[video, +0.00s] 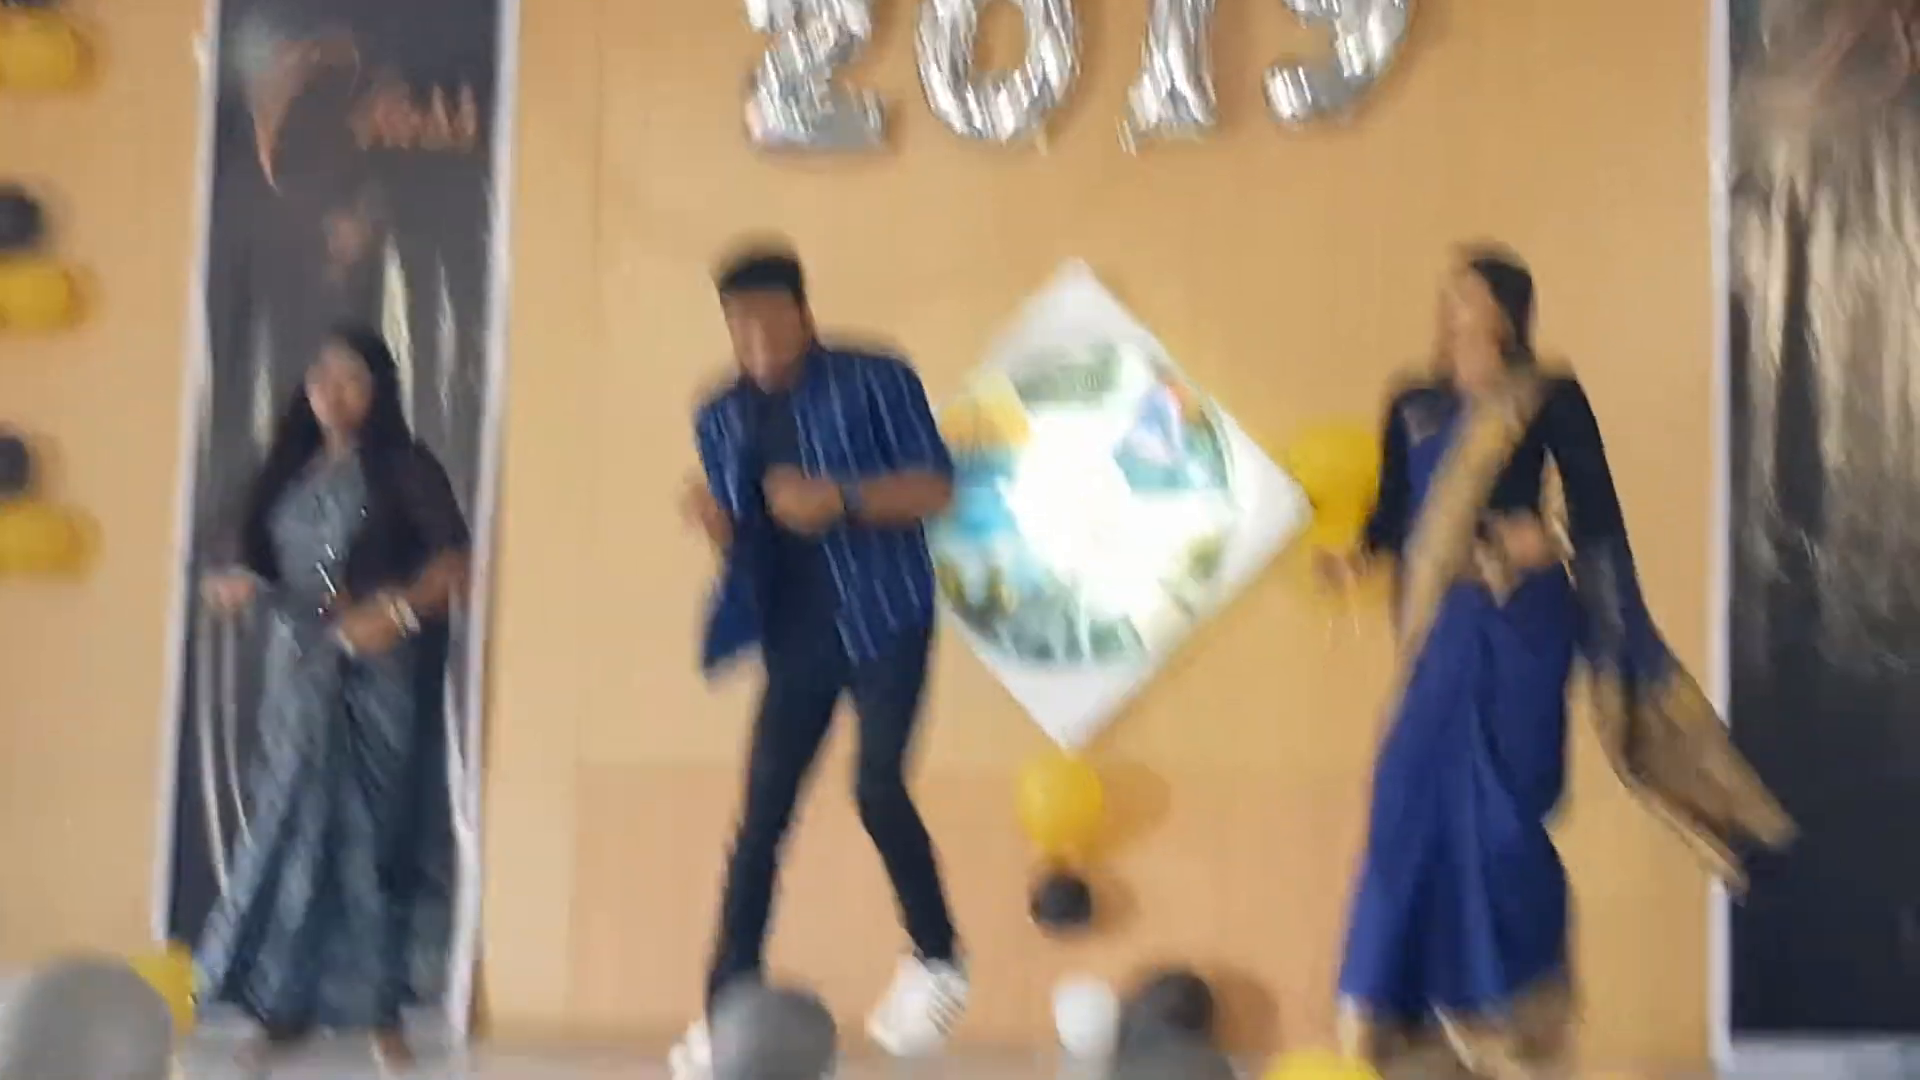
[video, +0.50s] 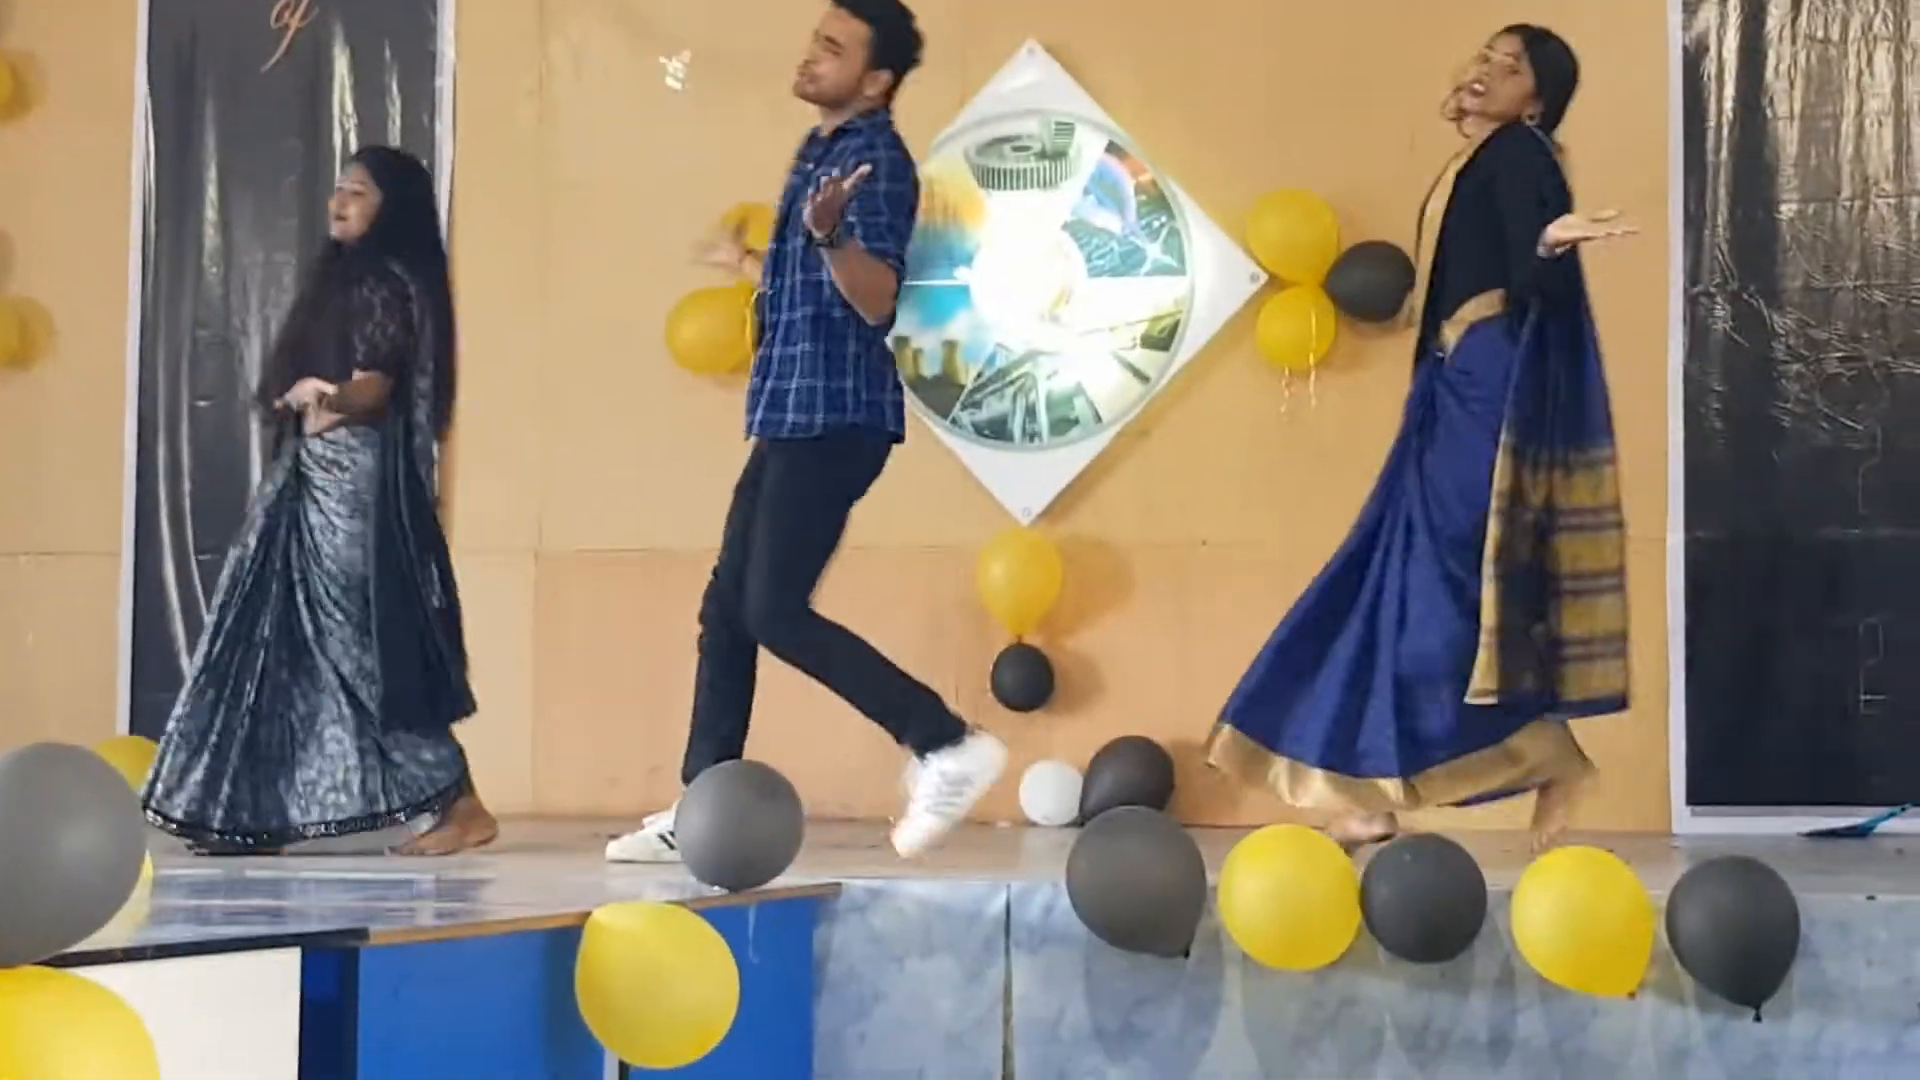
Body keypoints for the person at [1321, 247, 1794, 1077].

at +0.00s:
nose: (1453, 316)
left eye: (1468, 302)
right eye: (1449, 302)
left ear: (1508, 314)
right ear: (1441, 314)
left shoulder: (1552, 398)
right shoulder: (1416, 404)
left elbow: (1599, 524)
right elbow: (1395, 509)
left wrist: (1542, 545)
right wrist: (1361, 551)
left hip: (1524, 623)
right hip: (1443, 624)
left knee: (1505, 805)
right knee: (1408, 786)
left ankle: (1525, 1004)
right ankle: (1388, 1002)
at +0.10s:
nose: (1420, 243)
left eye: (1439, 231)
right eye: (1419, 228)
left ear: (1479, 247)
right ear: (1423, 243)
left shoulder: (1520, 329)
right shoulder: (1410, 342)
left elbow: (1557, 460)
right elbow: (1388, 460)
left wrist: (1470, 495)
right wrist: (1341, 510)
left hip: (1486, 574)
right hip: (1408, 574)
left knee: (1451, 752)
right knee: (1374, 746)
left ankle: (1496, 960)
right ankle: (1361, 957)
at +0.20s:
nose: (1407, 205)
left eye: (1426, 193)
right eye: (1408, 191)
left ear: (1469, 213)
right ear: (1415, 208)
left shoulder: (1490, 297)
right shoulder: (1418, 307)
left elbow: (1519, 429)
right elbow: (1396, 418)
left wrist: (1451, 452)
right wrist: (1339, 459)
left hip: (1444, 539)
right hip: (1378, 535)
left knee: (1404, 725)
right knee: (1337, 719)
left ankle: (1497, 871)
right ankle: (1355, 914)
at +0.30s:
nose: (1422, 169)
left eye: (1440, 157)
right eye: (1422, 156)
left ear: (1480, 177)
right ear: (1425, 170)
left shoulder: (1487, 255)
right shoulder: (1427, 261)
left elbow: (1498, 361)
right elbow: (1416, 364)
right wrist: (1359, 406)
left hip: (1450, 476)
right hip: (1397, 473)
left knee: (1388, 653)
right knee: (1315, 653)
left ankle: (1501, 802)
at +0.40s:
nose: (1453, 100)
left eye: (1475, 93)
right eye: (1454, 86)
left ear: (1506, 123)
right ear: (1447, 103)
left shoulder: (1499, 187)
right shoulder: (1443, 193)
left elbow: (1516, 273)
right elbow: (1429, 289)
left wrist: (1545, 264)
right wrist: (1370, 311)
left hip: (1473, 404)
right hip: (1421, 407)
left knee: (1426, 583)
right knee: (1374, 592)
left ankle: (1532, 751)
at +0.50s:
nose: (1483, 69)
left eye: (1506, 66)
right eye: (1485, 55)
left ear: (1534, 99)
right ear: (1472, 73)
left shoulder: (1521, 153)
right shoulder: (1479, 162)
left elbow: (1531, 277)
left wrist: (1549, 238)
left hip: (1495, 383)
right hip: (1451, 386)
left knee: (1468, 570)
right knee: (1402, 574)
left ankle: (1558, 762)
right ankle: (1371, 794)